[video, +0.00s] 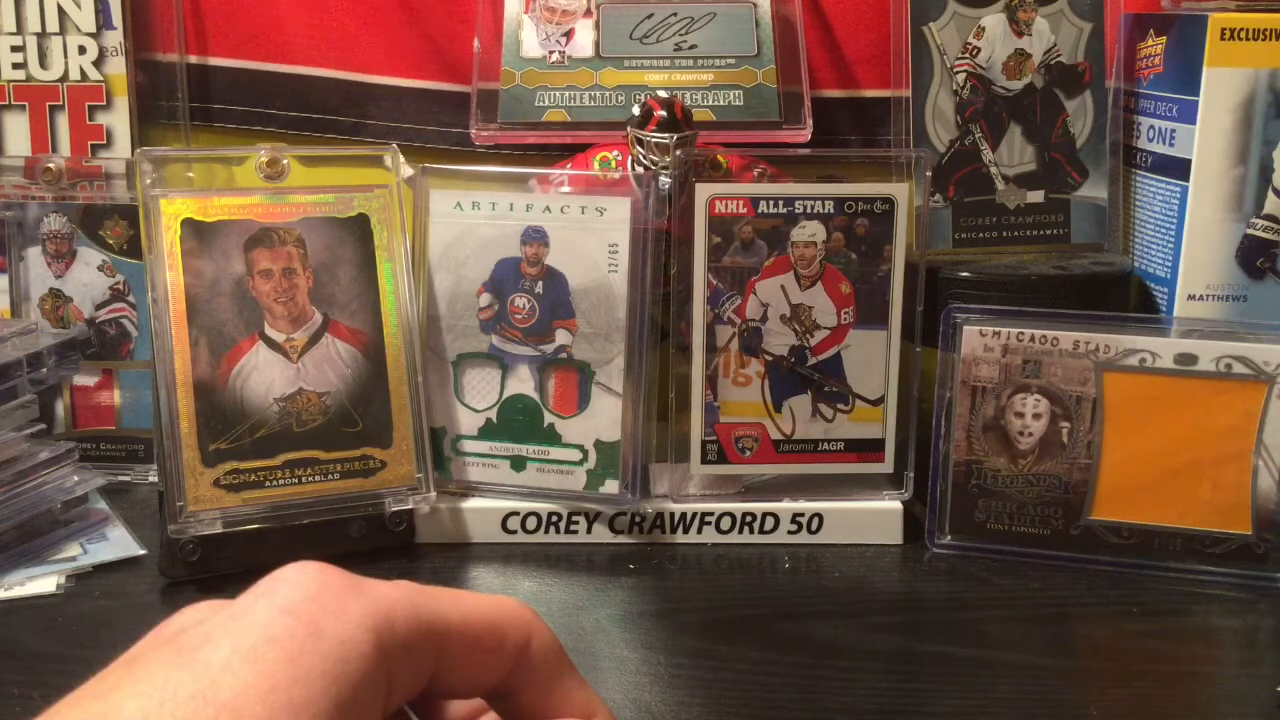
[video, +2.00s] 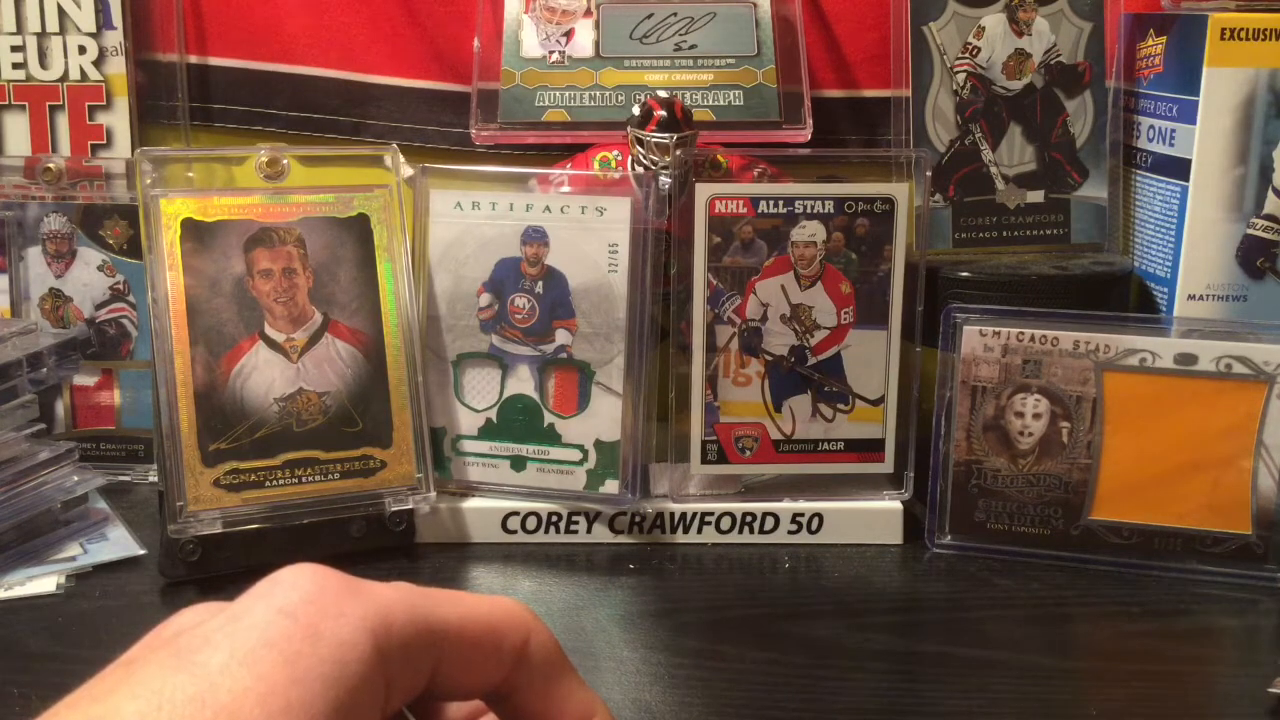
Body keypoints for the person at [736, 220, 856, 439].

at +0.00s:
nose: (801, 253)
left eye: (807, 247)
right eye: (796, 247)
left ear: (821, 249)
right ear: (790, 249)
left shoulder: (838, 285)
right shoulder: (773, 272)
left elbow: (843, 330)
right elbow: (754, 294)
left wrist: (810, 353)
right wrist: (750, 326)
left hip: (823, 353)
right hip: (780, 353)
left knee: (833, 413)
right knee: (799, 410)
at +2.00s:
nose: (801, 253)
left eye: (807, 247)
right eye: (796, 247)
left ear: (821, 249)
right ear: (790, 248)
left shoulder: (838, 285)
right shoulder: (773, 271)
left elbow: (843, 329)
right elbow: (754, 293)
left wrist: (810, 352)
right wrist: (750, 326)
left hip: (823, 353)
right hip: (780, 353)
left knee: (832, 412)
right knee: (799, 410)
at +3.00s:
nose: (801, 253)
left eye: (808, 247)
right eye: (796, 247)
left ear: (821, 249)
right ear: (790, 249)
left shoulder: (838, 285)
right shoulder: (773, 271)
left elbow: (842, 331)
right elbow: (754, 293)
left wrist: (810, 352)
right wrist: (750, 325)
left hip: (823, 354)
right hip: (780, 353)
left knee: (834, 413)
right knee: (798, 411)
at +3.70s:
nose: (801, 253)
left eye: (808, 247)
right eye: (796, 247)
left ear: (821, 249)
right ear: (790, 249)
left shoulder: (839, 285)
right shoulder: (773, 271)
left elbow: (842, 330)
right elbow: (754, 293)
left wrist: (809, 352)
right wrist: (750, 325)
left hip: (822, 354)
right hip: (780, 353)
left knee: (833, 412)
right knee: (799, 410)